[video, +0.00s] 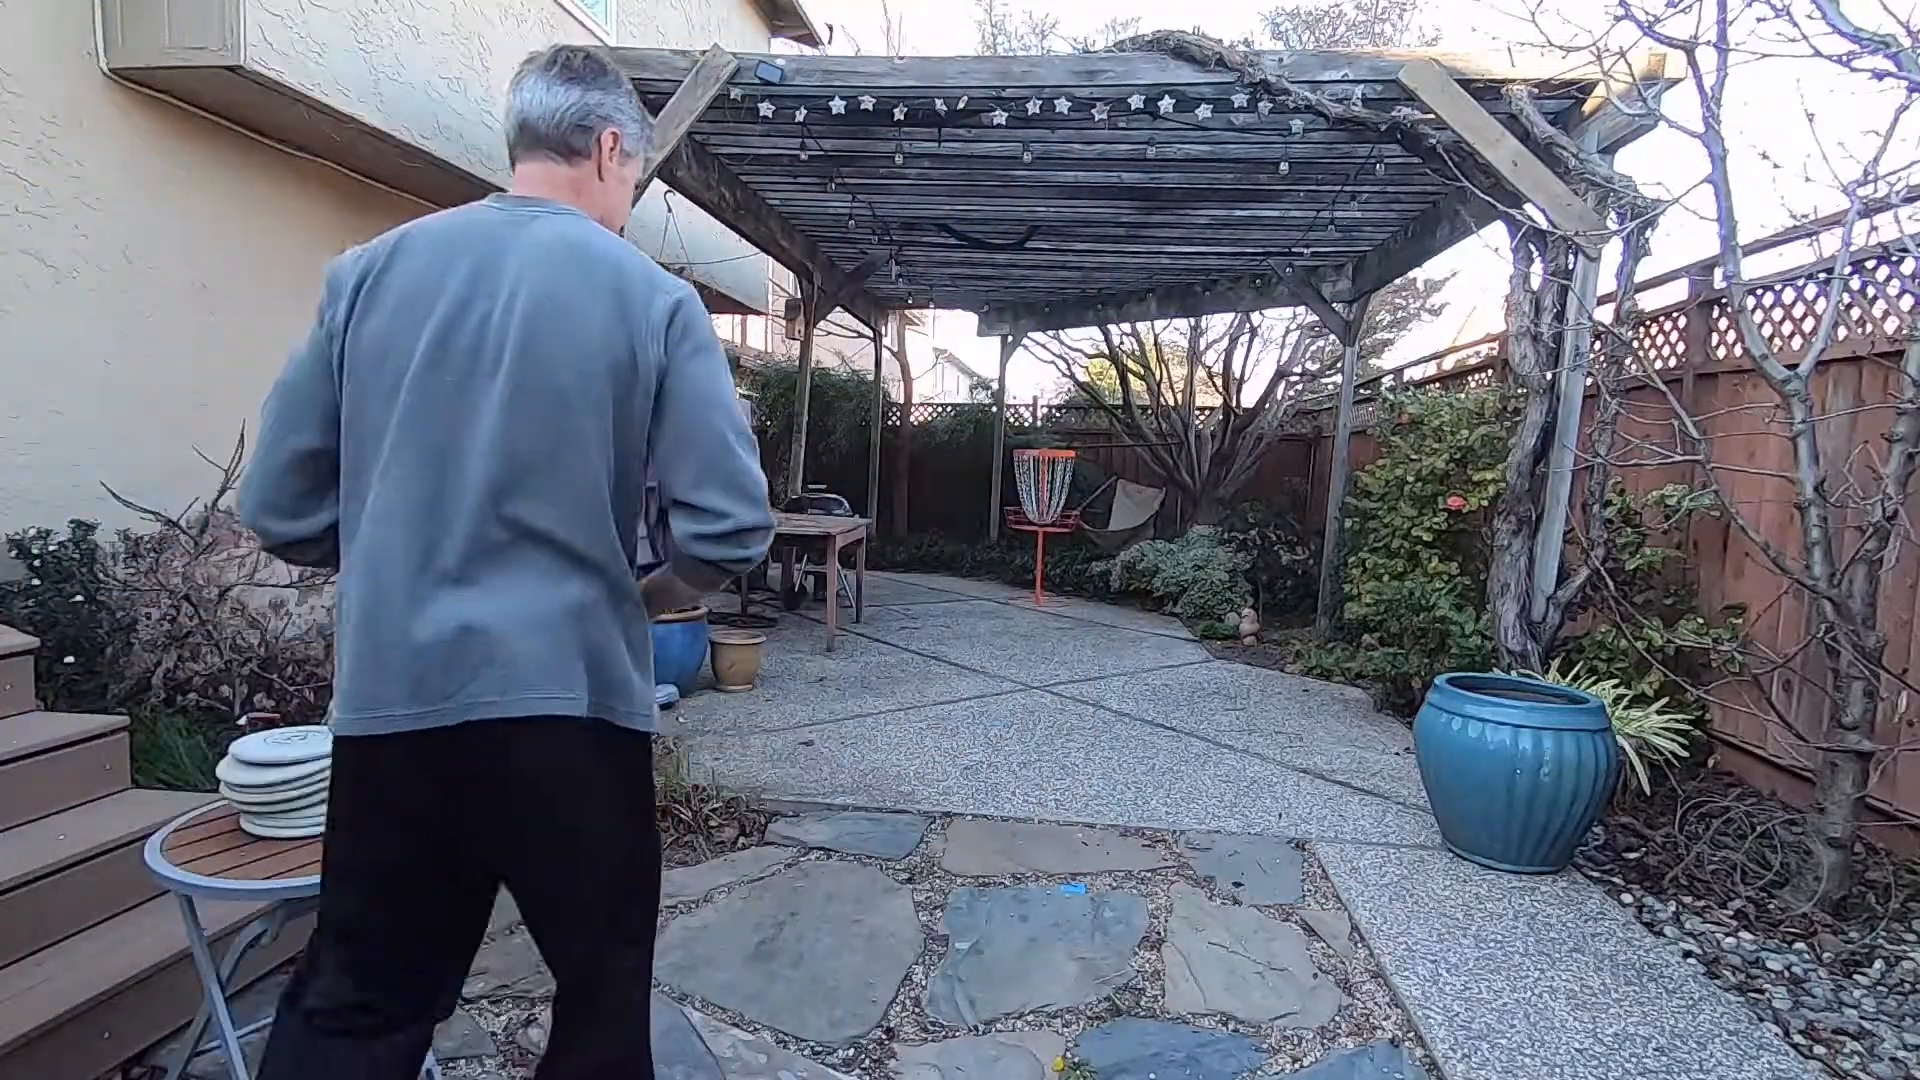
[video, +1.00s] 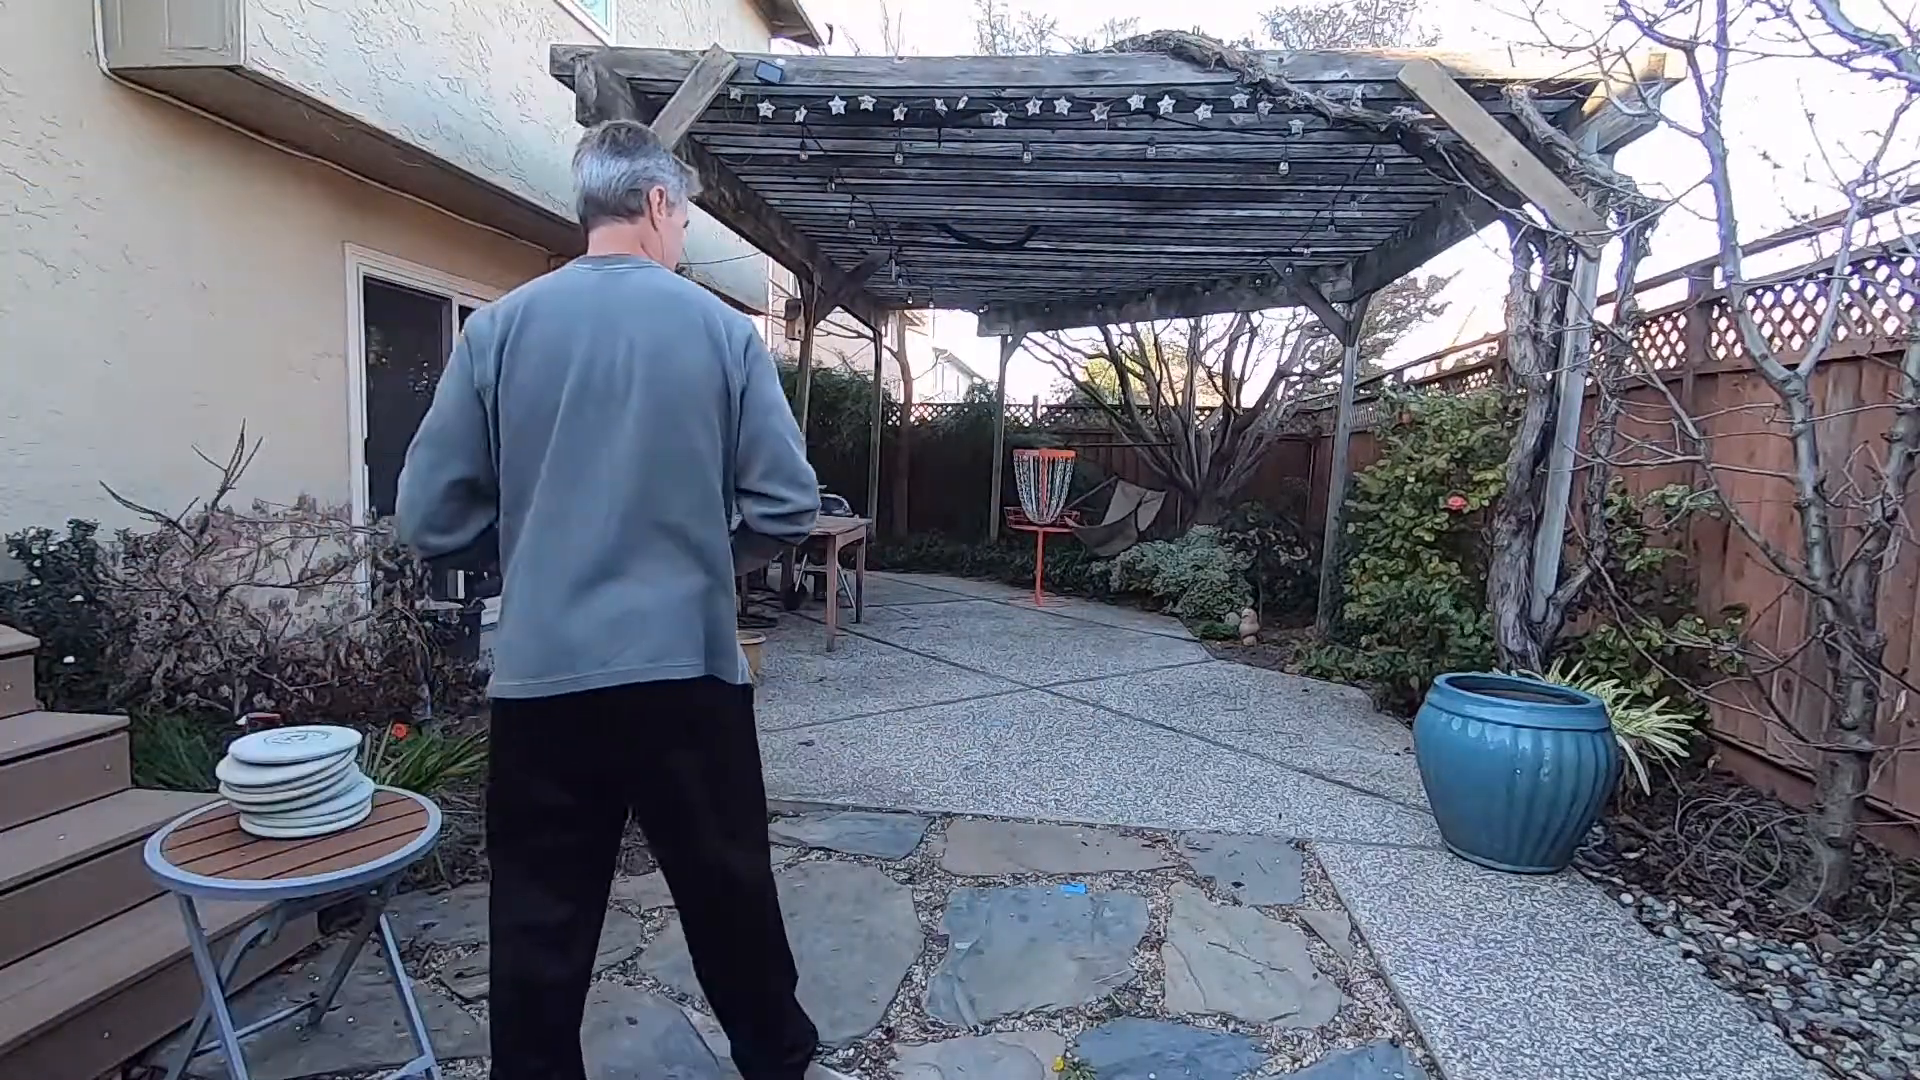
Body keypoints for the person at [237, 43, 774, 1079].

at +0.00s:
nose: (631, 205)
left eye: (636, 185)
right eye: (635, 179)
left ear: (517, 149)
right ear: (609, 150)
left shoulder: (370, 270)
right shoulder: (648, 294)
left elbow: (280, 504)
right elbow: (731, 524)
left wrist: (394, 541)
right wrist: (638, 573)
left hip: (388, 705)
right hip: (570, 710)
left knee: (357, 1002)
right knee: (605, 998)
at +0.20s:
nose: (670, 217)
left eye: (674, 197)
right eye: (672, 193)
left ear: (562, 166)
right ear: (647, 169)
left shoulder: (422, 272)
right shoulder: (684, 303)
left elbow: (338, 496)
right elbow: (763, 521)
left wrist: (445, 538)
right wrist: (679, 586)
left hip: (425, 687)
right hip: (593, 690)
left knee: (457, 988)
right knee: (604, 986)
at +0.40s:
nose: (656, 227)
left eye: (659, 208)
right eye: (659, 204)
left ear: (549, 173)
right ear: (632, 179)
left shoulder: (418, 292)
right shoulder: (668, 309)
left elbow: (348, 507)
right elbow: (741, 518)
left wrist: (458, 526)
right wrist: (683, 565)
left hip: (462, 694)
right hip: (613, 691)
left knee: (499, 967)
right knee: (613, 967)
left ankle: (512, 1078)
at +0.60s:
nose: (628, 224)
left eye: (630, 201)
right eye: (630, 198)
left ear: (514, 182)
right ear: (600, 174)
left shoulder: (414, 312)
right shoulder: (650, 304)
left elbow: (367, 522)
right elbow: (711, 505)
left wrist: (476, 527)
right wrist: (664, 555)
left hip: (481, 705)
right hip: (637, 695)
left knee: (511, 975)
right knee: (672, 922)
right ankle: (655, 1070)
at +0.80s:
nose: (634, 221)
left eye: (634, 202)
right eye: (637, 200)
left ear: (527, 192)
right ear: (610, 184)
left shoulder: (431, 320)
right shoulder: (661, 304)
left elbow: (391, 523)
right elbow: (740, 495)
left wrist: (496, 550)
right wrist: (657, 556)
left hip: (499, 687)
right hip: (652, 676)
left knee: (521, 949)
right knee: (719, 916)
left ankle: (527, 1079)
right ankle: (766, 1064)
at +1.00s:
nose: (684, 236)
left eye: (683, 220)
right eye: (682, 217)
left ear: (583, 215)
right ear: (656, 207)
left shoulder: (501, 325)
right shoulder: (721, 326)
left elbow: (428, 515)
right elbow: (785, 501)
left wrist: (526, 508)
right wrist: (698, 519)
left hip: (542, 679)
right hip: (688, 674)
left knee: (536, 930)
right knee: (732, 904)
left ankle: (530, 1074)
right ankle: (781, 1061)